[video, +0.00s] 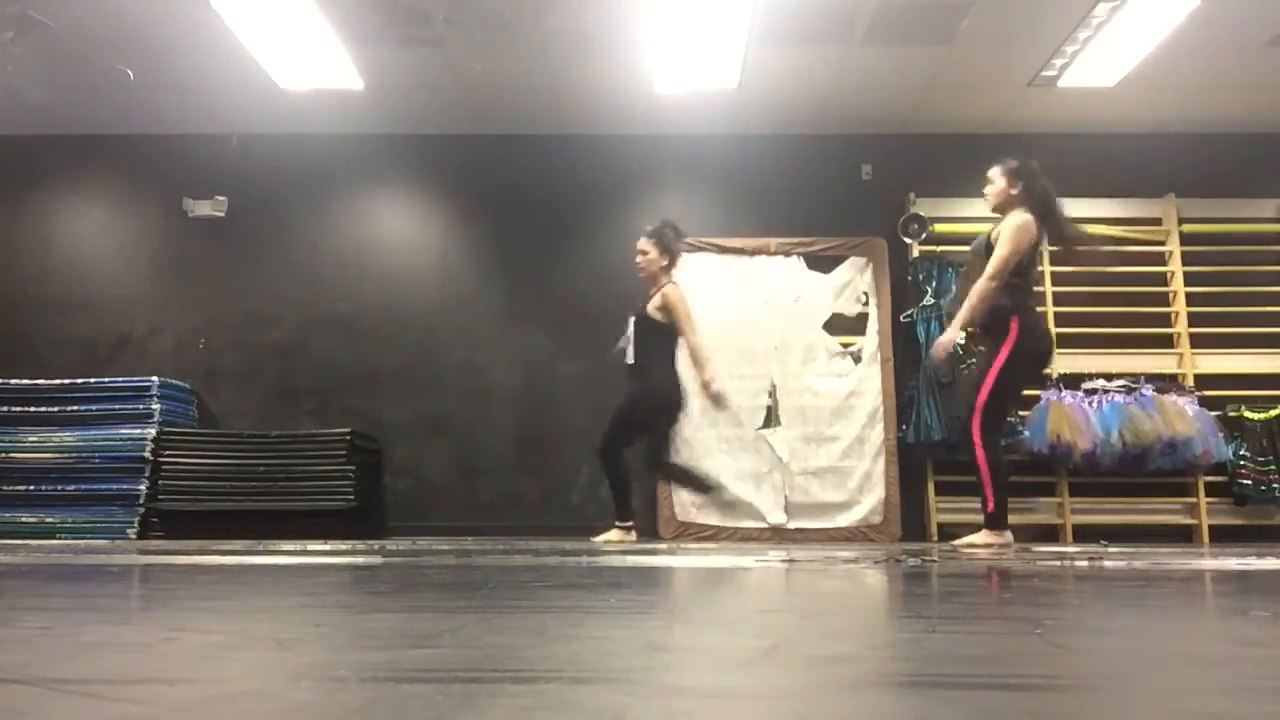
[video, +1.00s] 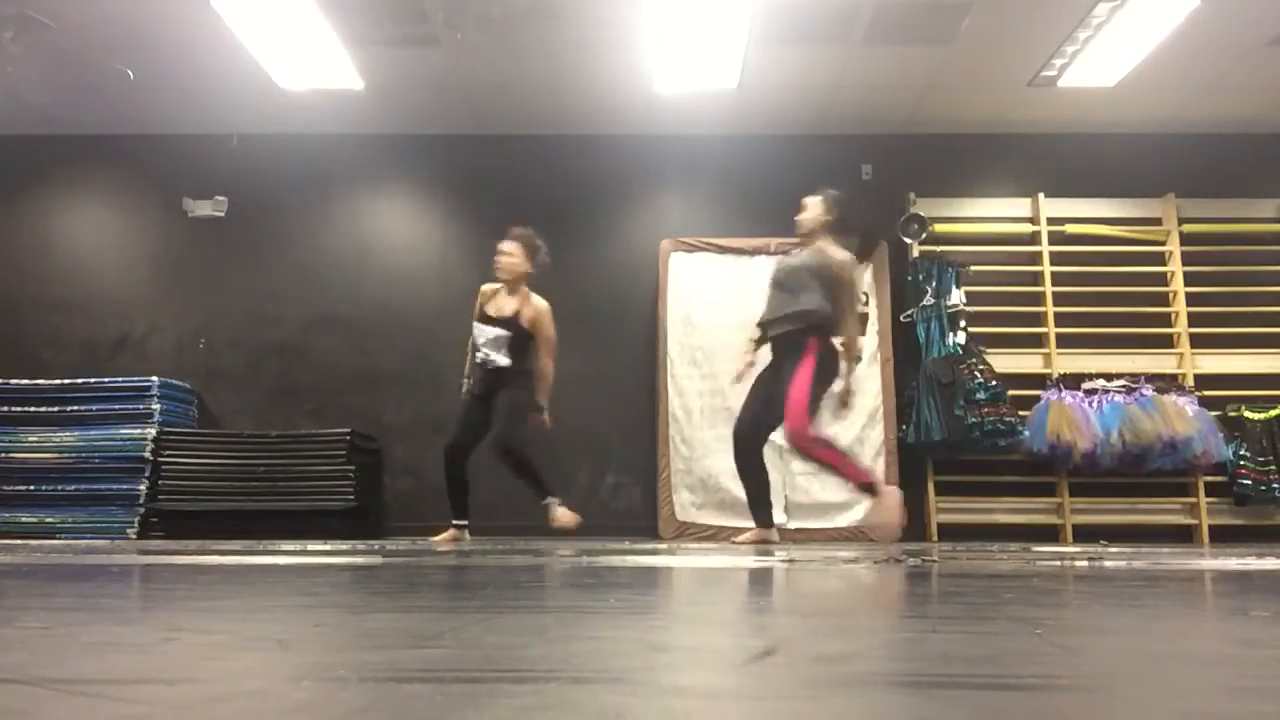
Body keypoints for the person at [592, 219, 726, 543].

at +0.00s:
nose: (637, 260)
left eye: (643, 254)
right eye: (637, 253)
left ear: (664, 259)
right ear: (656, 260)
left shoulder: (670, 294)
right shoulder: (658, 294)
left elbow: (692, 338)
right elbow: (659, 342)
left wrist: (706, 380)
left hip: (655, 391)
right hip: (659, 390)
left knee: (610, 448)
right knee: (657, 462)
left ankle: (624, 525)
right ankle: (719, 493)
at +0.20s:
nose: (611, 259)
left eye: (617, 252)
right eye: (610, 252)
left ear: (639, 256)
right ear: (622, 257)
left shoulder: (652, 287)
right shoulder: (623, 295)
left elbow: (663, 339)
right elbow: (610, 337)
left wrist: (650, 379)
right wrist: (590, 365)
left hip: (638, 380)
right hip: (613, 375)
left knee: (603, 448)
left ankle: (621, 525)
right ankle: (483, 390)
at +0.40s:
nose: (629, 252)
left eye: (634, 247)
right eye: (622, 247)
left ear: (642, 256)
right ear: (610, 256)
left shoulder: (654, 294)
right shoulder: (594, 292)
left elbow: (659, 339)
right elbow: (561, 331)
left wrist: (643, 373)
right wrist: (542, 366)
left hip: (597, 383)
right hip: (567, 361)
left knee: (604, 451)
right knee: (498, 349)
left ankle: (583, 524)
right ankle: (432, 331)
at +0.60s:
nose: (650, 286)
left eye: (650, 280)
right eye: (643, 279)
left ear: (642, 285)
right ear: (623, 285)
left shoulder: (637, 326)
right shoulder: (600, 309)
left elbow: (606, 355)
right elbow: (550, 316)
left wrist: (592, 381)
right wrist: (504, 335)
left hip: (568, 388)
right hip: (540, 375)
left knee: (589, 446)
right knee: (486, 423)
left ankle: (582, 525)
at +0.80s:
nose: (604, 290)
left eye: (605, 284)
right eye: (597, 283)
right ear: (574, 288)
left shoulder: (588, 331)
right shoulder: (542, 309)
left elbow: (562, 370)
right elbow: (497, 331)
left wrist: (540, 412)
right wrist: (464, 355)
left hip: (547, 399)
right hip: (511, 394)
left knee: (580, 449)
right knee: (479, 453)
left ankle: (581, 526)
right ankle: (461, 527)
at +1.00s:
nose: (499, 259)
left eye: (508, 255)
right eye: (498, 253)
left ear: (528, 265)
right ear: (496, 259)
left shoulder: (537, 308)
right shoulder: (486, 293)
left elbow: (545, 359)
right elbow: (475, 339)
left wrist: (542, 403)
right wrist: (467, 377)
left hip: (516, 386)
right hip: (483, 386)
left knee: (504, 443)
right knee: (456, 448)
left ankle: (552, 505)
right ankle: (459, 526)